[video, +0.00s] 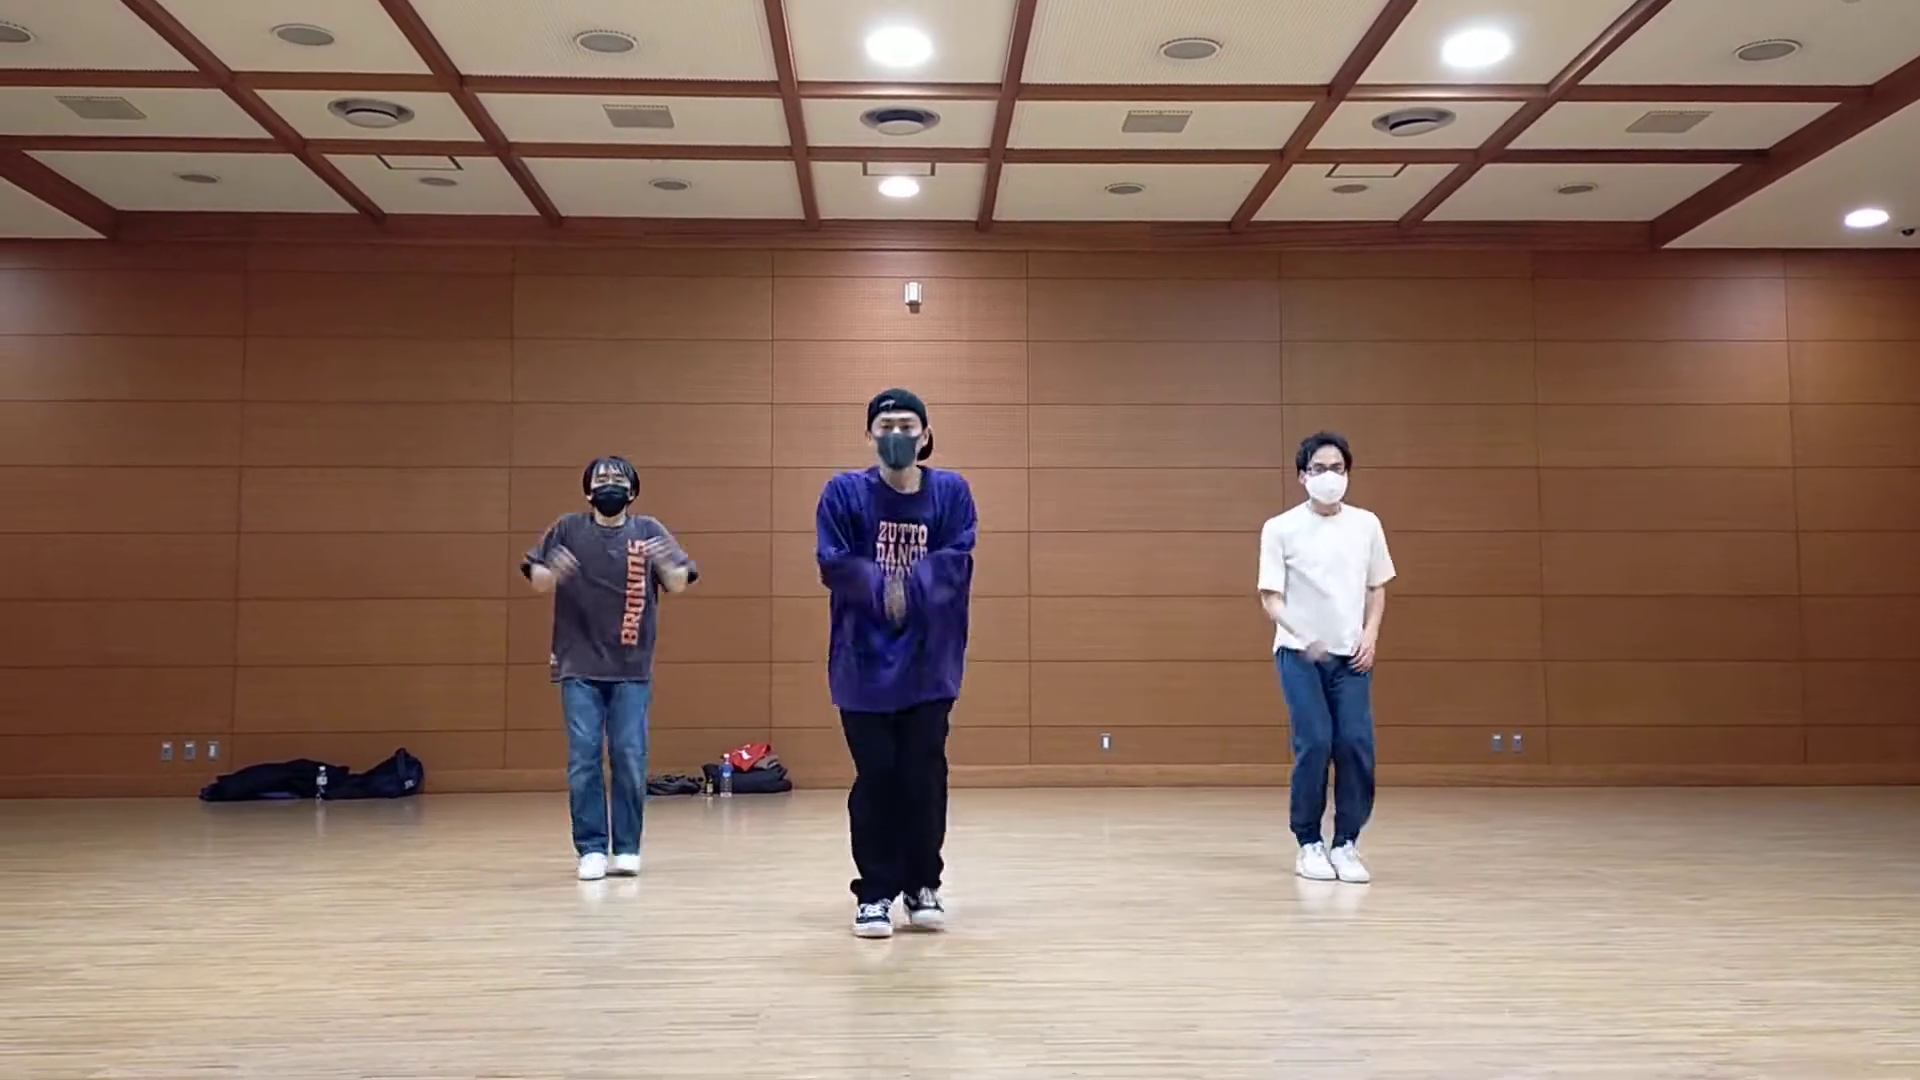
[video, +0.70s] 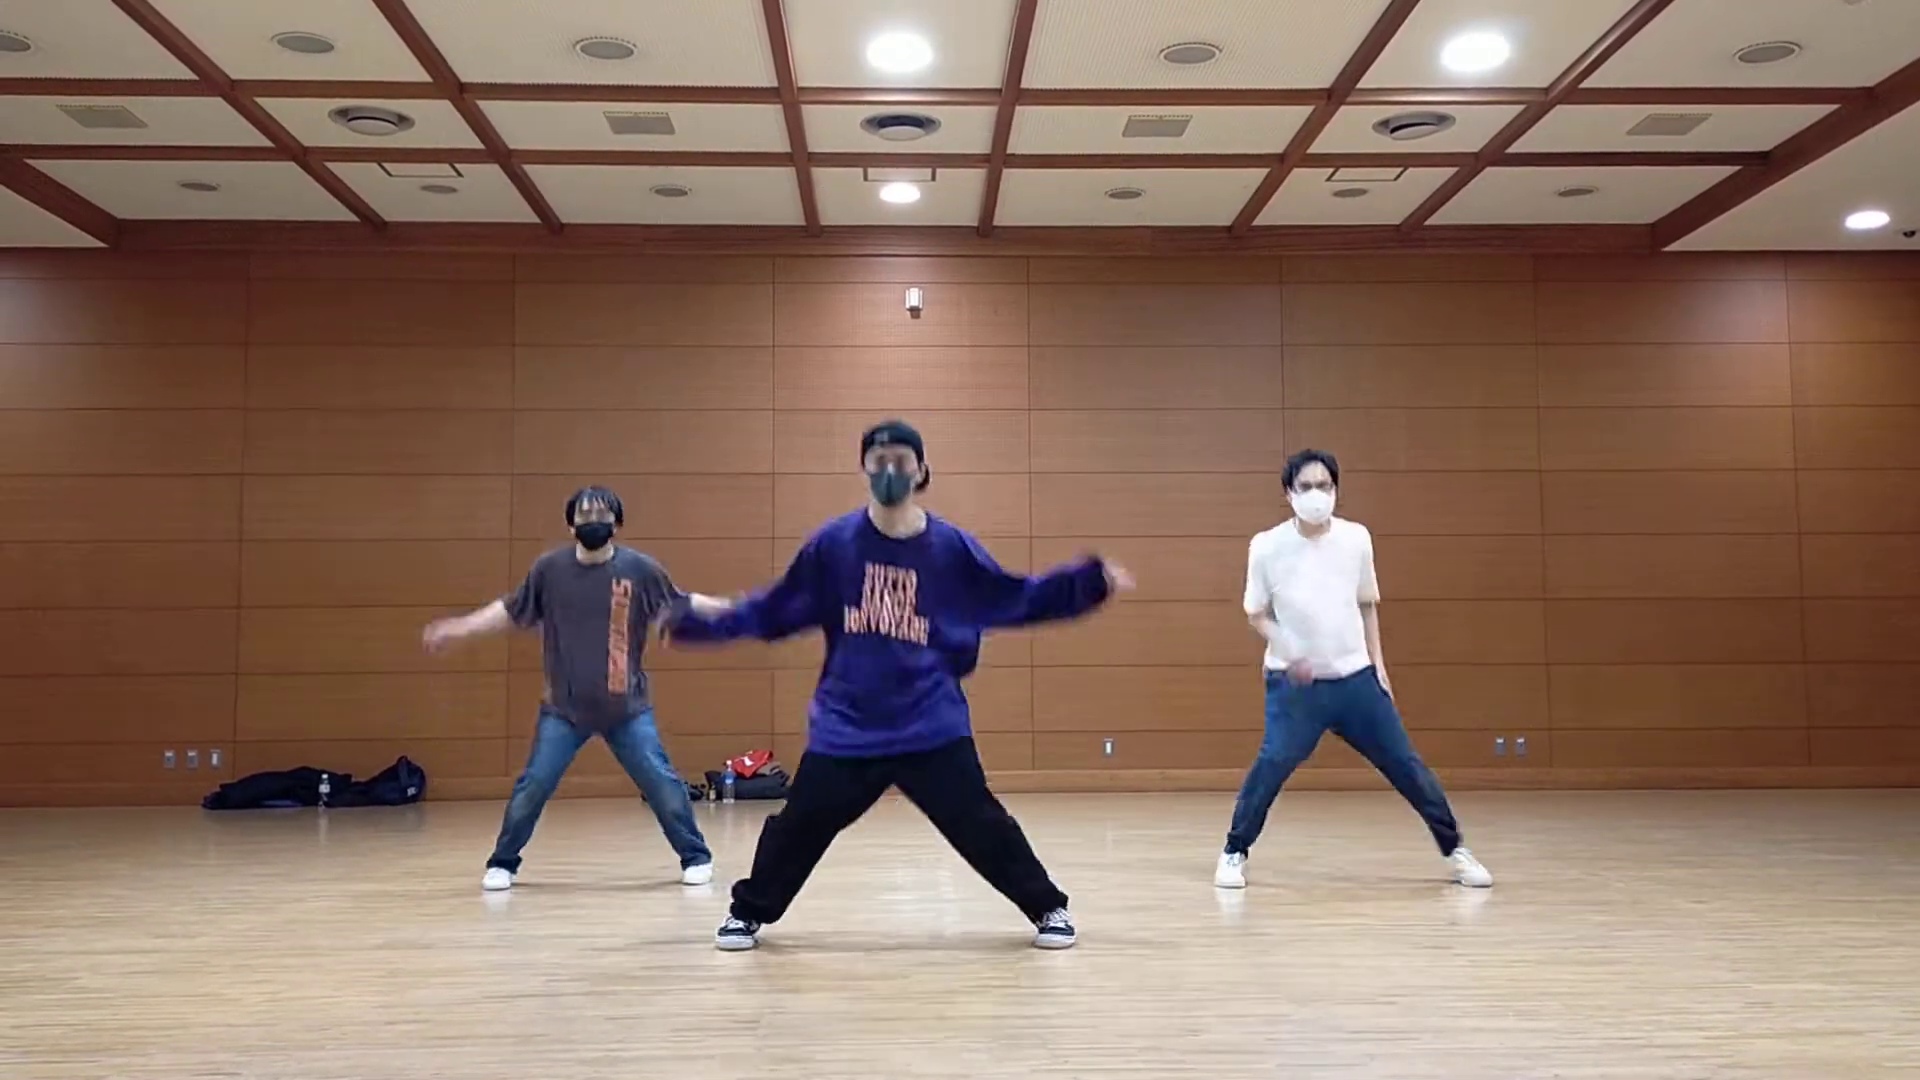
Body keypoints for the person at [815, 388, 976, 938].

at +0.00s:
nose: (896, 431)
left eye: (906, 423)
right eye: (886, 424)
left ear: (924, 435)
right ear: (871, 435)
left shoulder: (950, 491)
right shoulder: (844, 492)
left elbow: (958, 560)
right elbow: (832, 561)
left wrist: (906, 586)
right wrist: (884, 587)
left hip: (929, 663)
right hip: (863, 665)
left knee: (924, 774)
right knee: (877, 776)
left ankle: (923, 888)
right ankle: (875, 896)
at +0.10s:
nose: (898, 438)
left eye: (909, 431)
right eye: (888, 431)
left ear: (926, 446)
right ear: (872, 444)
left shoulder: (956, 518)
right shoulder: (845, 517)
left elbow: (962, 609)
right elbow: (841, 611)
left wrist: (931, 676)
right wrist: (878, 679)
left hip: (929, 683)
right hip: (861, 684)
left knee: (917, 781)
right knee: (873, 787)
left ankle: (914, 897)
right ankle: (875, 901)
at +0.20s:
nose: (902, 416)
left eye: (912, 410)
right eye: (891, 410)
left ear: (930, 428)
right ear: (875, 427)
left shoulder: (956, 500)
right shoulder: (847, 498)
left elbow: (973, 590)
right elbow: (830, 584)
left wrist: (956, 653)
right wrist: (863, 638)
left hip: (929, 674)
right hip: (864, 673)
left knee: (923, 790)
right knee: (868, 792)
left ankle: (920, 893)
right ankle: (876, 900)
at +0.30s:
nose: (904, 389)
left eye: (915, 382)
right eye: (894, 382)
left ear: (933, 401)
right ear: (877, 399)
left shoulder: (957, 471)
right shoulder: (849, 468)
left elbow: (981, 550)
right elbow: (813, 539)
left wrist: (992, 605)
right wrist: (809, 586)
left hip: (933, 647)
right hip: (862, 648)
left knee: (942, 767)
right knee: (858, 768)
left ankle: (947, 886)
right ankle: (857, 888)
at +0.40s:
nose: (906, 390)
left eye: (917, 383)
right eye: (895, 383)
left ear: (934, 403)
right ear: (878, 401)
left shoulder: (961, 474)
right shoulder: (844, 471)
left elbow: (999, 550)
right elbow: (794, 539)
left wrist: (1044, 596)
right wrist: (756, 594)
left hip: (933, 653)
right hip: (858, 654)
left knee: (968, 766)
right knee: (833, 773)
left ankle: (1003, 883)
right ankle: (804, 884)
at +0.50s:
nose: (903, 426)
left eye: (915, 420)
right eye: (893, 419)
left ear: (934, 439)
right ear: (877, 436)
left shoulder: (964, 511)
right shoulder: (845, 509)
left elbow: (1018, 580)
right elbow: (787, 580)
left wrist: (1073, 617)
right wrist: (741, 636)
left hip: (938, 687)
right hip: (857, 687)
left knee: (986, 791)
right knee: (809, 798)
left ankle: (1051, 900)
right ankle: (747, 904)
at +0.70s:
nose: (887, 463)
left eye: (899, 455)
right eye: (876, 455)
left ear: (922, 471)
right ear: (862, 471)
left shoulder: (950, 548)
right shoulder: (834, 544)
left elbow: (1012, 599)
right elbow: (778, 609)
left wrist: (1086, 582)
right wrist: (707, 617)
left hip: (929, 723)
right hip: (848, 724)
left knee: (978, 821)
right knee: (799, 823)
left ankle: (1048, 908)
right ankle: (747, 915)